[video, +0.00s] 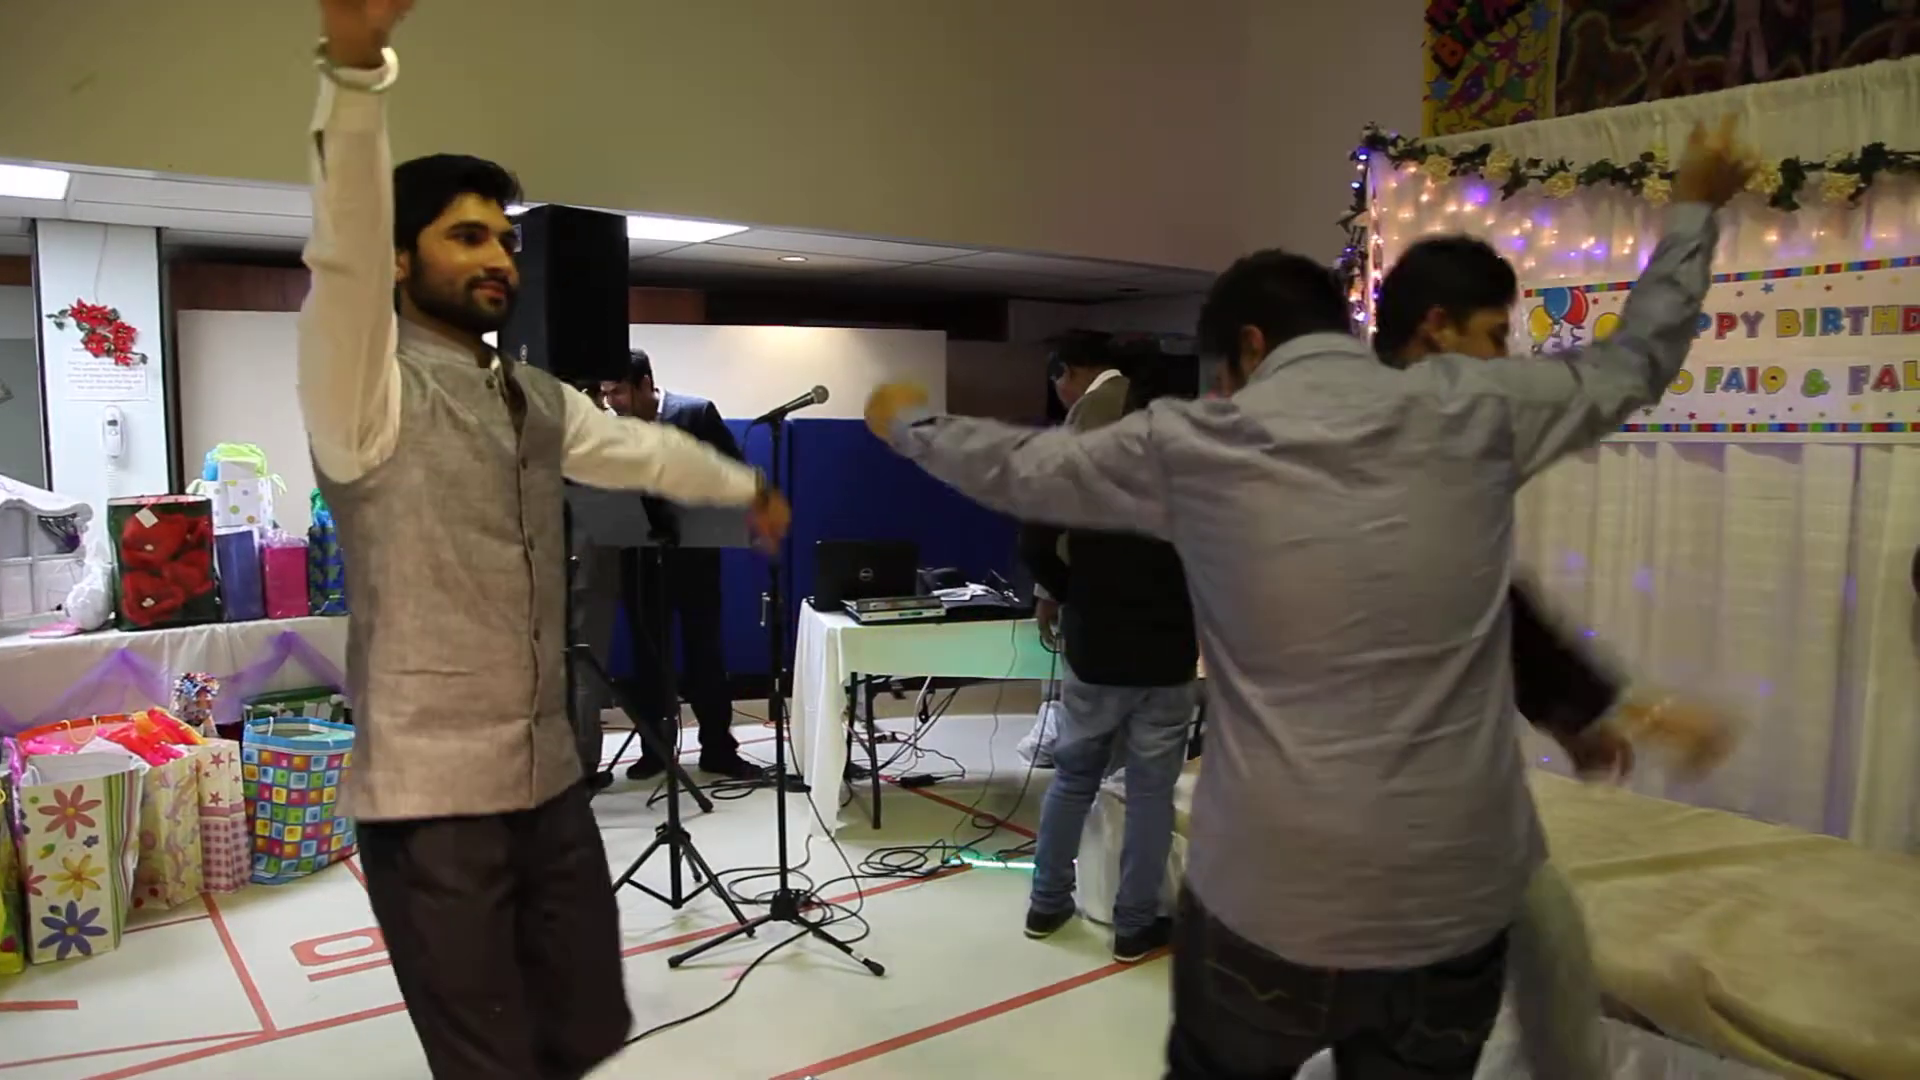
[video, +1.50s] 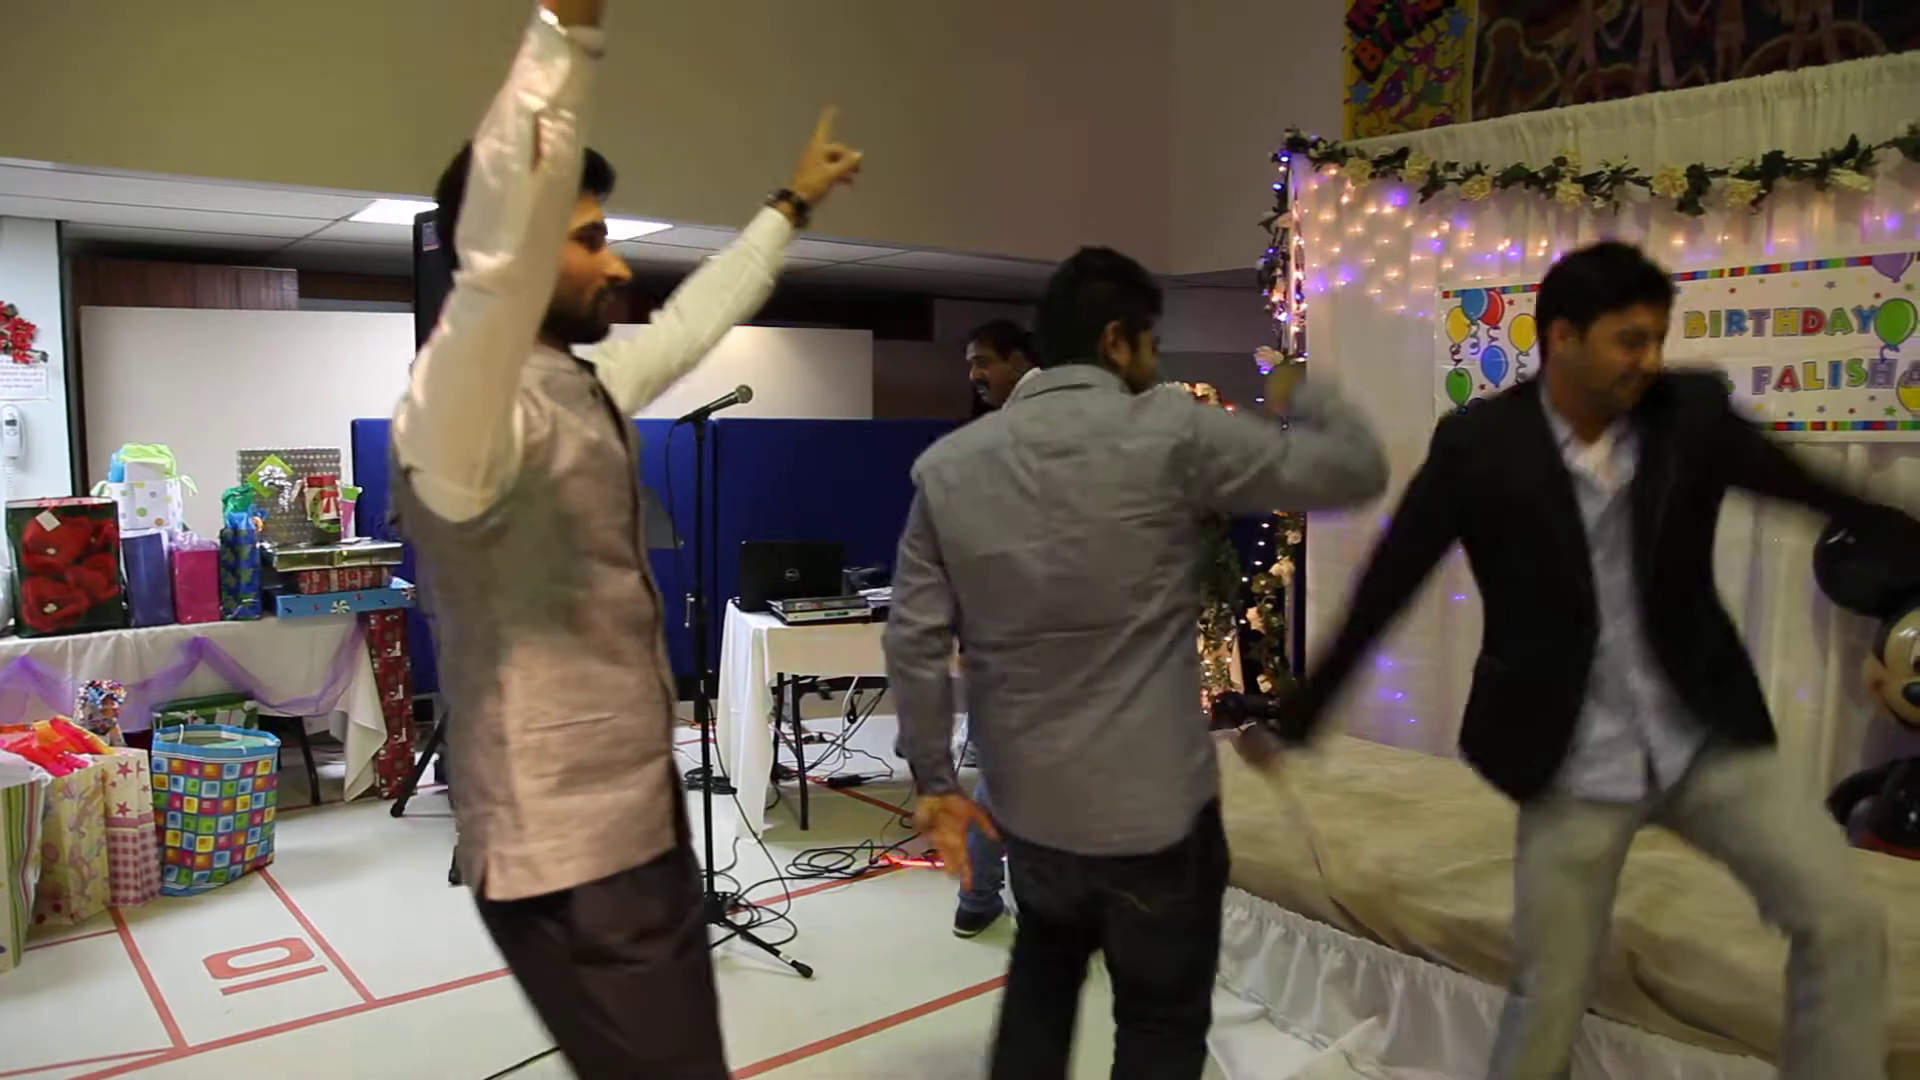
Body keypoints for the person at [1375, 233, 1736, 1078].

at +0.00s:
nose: (1509, 358)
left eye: (1508, 336)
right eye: (1496, 334)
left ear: (1438, 338)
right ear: (1432, 335)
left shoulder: (1443, 447)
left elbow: (1486, 605)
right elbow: (1489, 602)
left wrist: (1576, 719)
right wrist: (1620, 706)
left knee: (1555, 941)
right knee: (1551, 941)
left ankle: (1573, 1064)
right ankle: (1569, 1064)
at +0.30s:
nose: (1538, 351)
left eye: (1539, 332)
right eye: (1514, 334)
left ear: (1534, 348)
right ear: (1452, 345)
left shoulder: (1551, 439)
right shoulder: (1387, 460)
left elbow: (1625, 596)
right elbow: (1369, 633)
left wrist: (1553, 720)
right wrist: (1443, 750)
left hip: (1557, 754)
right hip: (1439, 778)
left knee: (1727, 916)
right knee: (1436, 1017)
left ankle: (1739, 1073)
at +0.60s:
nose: (1685, 394)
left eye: (1692, 375)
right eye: (1666, 376)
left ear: (1696, 368)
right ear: (1593, 366)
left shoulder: (1710, 453)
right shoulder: (1501, 425)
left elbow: (1836, 570)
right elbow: (1365, 500)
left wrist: (1917, 618)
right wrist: (1258, 583)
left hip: (1629, 745)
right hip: (1493, 749)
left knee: (1758, 955)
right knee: (1453, 978)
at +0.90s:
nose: (1804, 412)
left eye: (1823, 391)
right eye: (1782, 387)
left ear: (1838, 382)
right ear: (1722, 365)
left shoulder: (1828, 505)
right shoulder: (1641, 410)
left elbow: (1738, 677)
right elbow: (1533, 516)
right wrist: (1439, 642)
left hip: (1689, 766)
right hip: (1567, 726)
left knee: (1734, 1005)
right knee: (1449, 888)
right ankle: (1462, 1074)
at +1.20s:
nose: (1678, 417)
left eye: (1702, 399)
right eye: (1660, 392)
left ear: (1722, 391)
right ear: (1614, 369)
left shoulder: (1735, 488)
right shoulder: (1548, 436)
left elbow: (1679, 662)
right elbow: (1492, 594)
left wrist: (1533, 661)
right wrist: (1582, 601)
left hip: (1696, 781)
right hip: (1565, 764)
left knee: (1771, 1036)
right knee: (1508, 982)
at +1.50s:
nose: (1650, 362)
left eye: (1658, 341)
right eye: (1630, 341)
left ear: (1666, 338)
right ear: (1560, 339)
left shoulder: (1690, 415)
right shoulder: (1480, 442)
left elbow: (1804, 484)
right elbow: (1387, 584)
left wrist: (1893, 524)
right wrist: (1300, 710)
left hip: (1704, 737)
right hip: (1572, 761)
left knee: (1843, 918)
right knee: (1549, 1000)